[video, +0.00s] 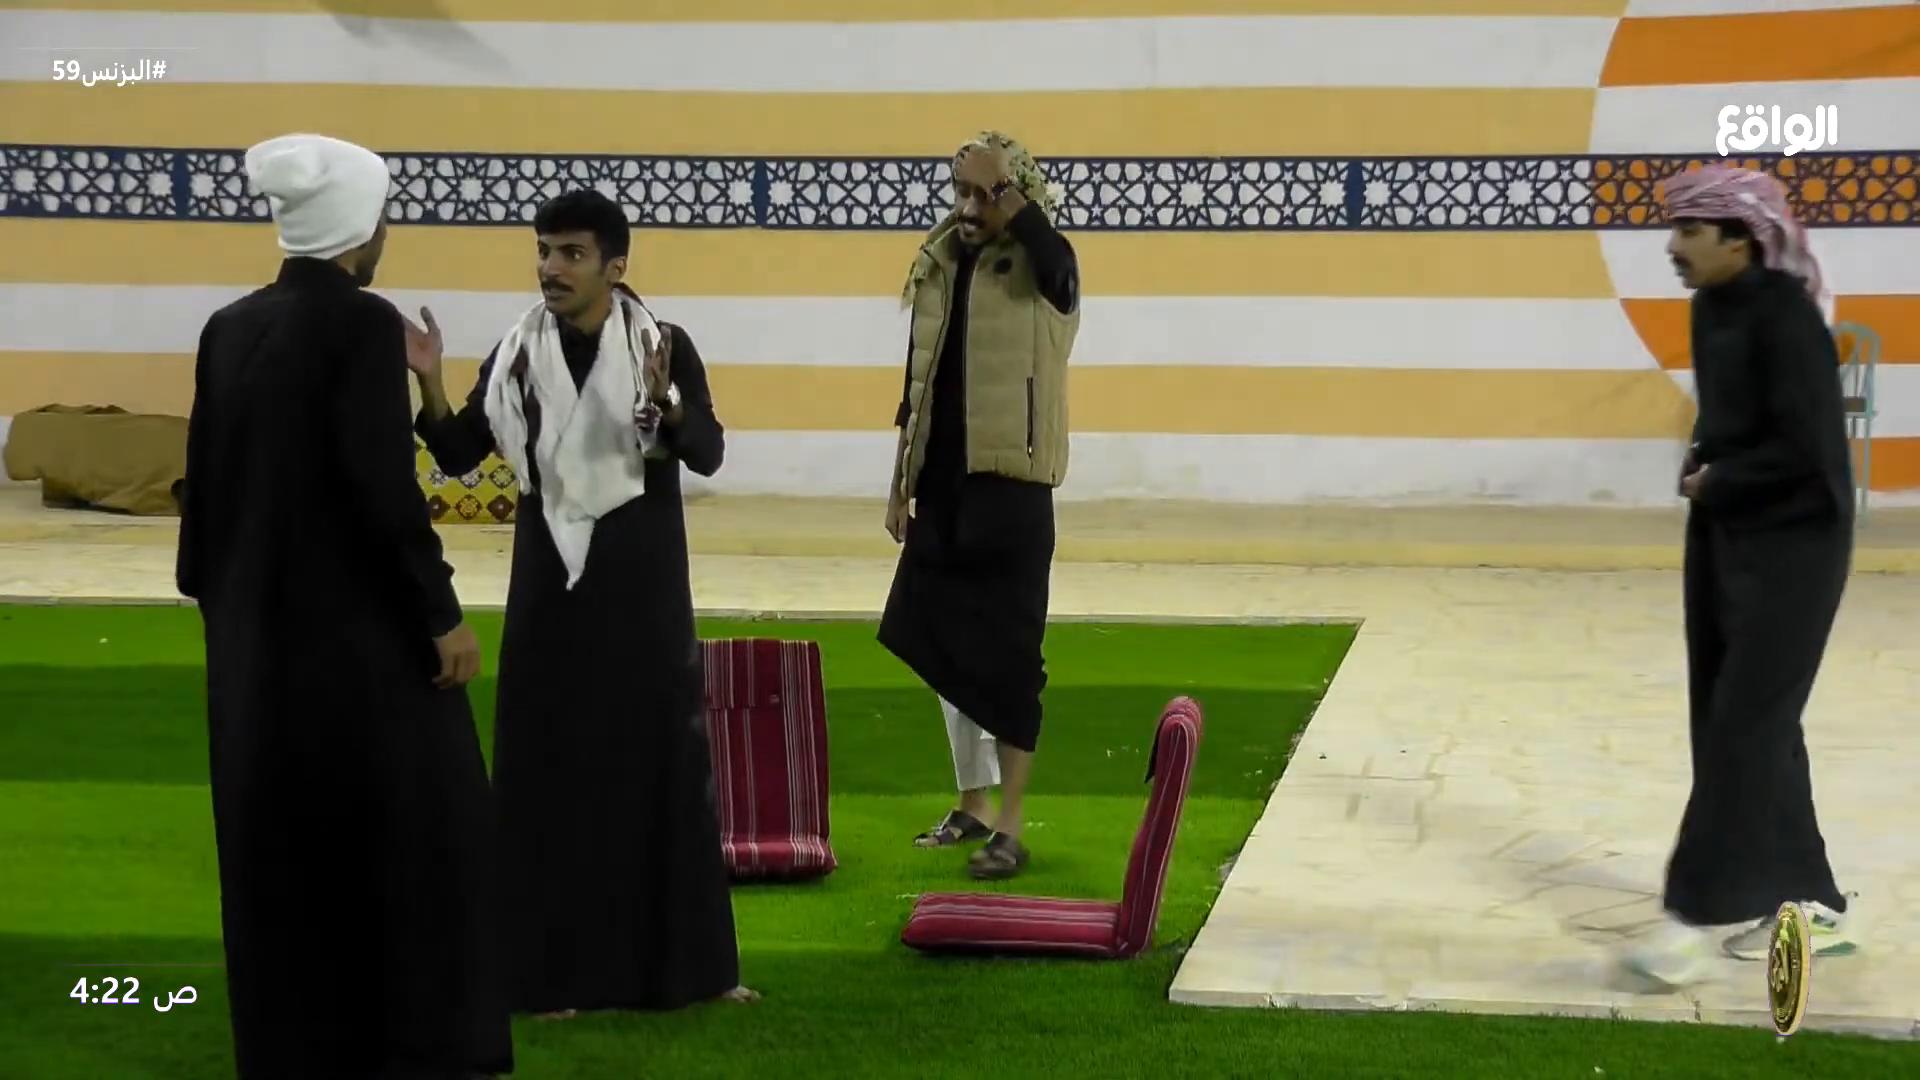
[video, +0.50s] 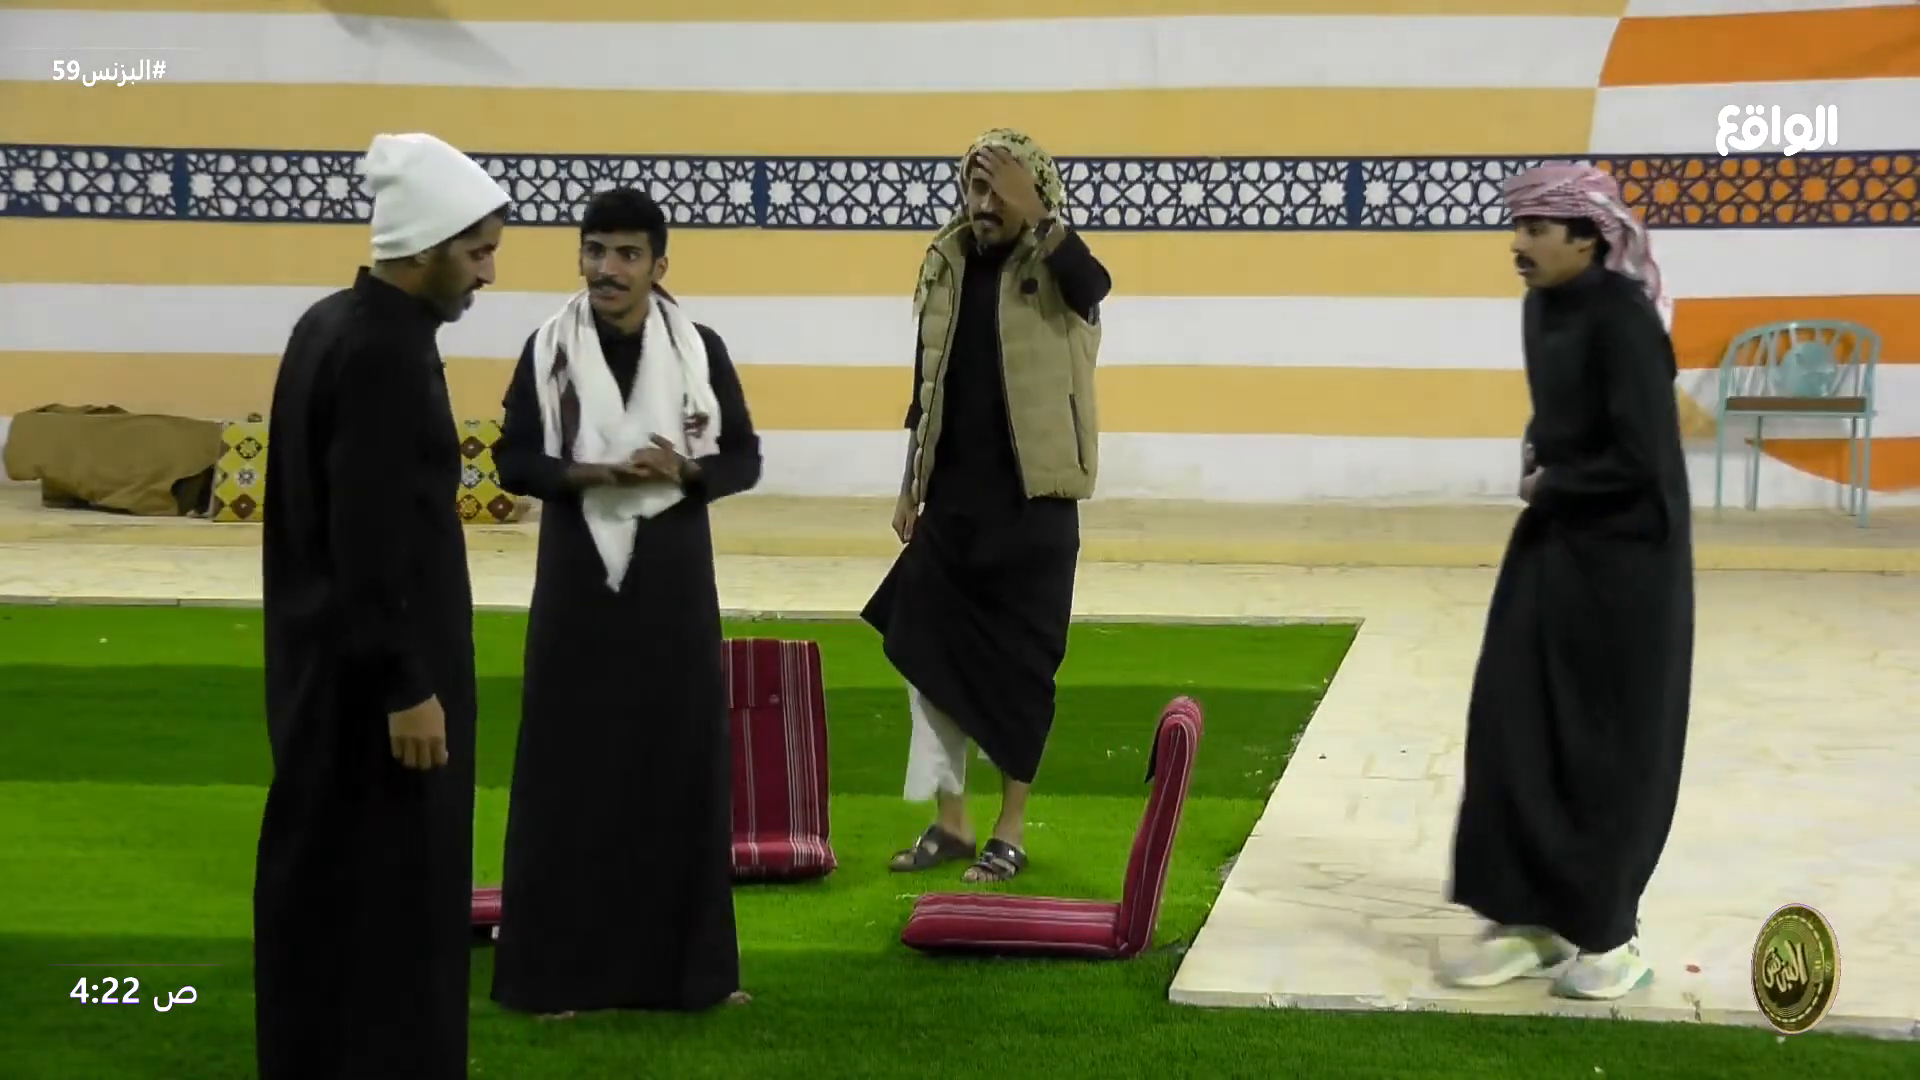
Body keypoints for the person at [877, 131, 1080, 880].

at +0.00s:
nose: (972, 206)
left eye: (986, 193)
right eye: (963, 191)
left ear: (1019, 194)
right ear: (953, 188)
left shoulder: (1047, 261)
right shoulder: (938, 266)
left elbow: (1060, 283)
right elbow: (916, 384)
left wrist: (1019, 210)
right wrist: (901, 483)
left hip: (1014, 484)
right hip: (943, 482)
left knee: (1013, 650)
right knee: (949, 647)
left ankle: (1009, 826)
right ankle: (975, 809)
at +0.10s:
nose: (971, 207)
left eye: (984, 196)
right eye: (964, 192)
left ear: (1021, 198)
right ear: (957, 190)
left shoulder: (1050, 263)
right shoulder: (937, 267)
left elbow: (1058, 280)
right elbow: (916, 389)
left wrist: (1015, 213)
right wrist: (901, 485)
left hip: (1013, 486)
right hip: (941, 483)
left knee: (1006, 651)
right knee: (942, 641)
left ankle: (1006, 831)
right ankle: (975, 807)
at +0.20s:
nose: (982, 208)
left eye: (996, 195)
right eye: (973, 195)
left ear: (1029, 196)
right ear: (960, 193)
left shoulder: (1054, 265)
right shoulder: (940, 266)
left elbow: (1059, 271)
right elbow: (918, 389)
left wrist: (1012, 210)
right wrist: (904, 486)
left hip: (1016, 487)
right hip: (943, 484)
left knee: (1008, 651)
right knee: (935, 637)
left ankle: (1006, 831)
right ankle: (973, 801)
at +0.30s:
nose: (993, 214)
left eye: (1008, 201)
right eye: (982, 199)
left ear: (1034, 200)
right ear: (969, 198)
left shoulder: (1058, 269)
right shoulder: (942, 270)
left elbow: (1067, 249)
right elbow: (923, 391)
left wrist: (1003, 198)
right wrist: (907, 488)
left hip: (1029, 495)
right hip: (949, 492)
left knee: (1024, 662)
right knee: (910, 643)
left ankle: (1009, 834)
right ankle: (963, 772)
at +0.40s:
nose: (968, 209)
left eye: (980, 196)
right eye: (964, 196)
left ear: (1024, 190)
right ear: (963, 193)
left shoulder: (1061, 264)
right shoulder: (946, 263)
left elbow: (1082, 279)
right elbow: (927, 387)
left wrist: (1032, 223)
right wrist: (909, 487)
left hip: (1031, 497)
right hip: (950, 494)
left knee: (1024, 660)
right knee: (908, 633)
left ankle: (1010, 832)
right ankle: (963, 779)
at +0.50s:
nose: (980, 201)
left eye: (995, 188)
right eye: (973, 187)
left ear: (1035, 195)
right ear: (963, 192)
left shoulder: (1061, 260)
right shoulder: (944, 266)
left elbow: (1089, 289)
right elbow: (926, 388)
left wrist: (1039, 215)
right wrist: (910, 488)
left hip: (1036, 494)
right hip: (953, 492)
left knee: (1024, 658)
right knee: (929, 646)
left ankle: (1009, 833)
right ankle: (951, 823)